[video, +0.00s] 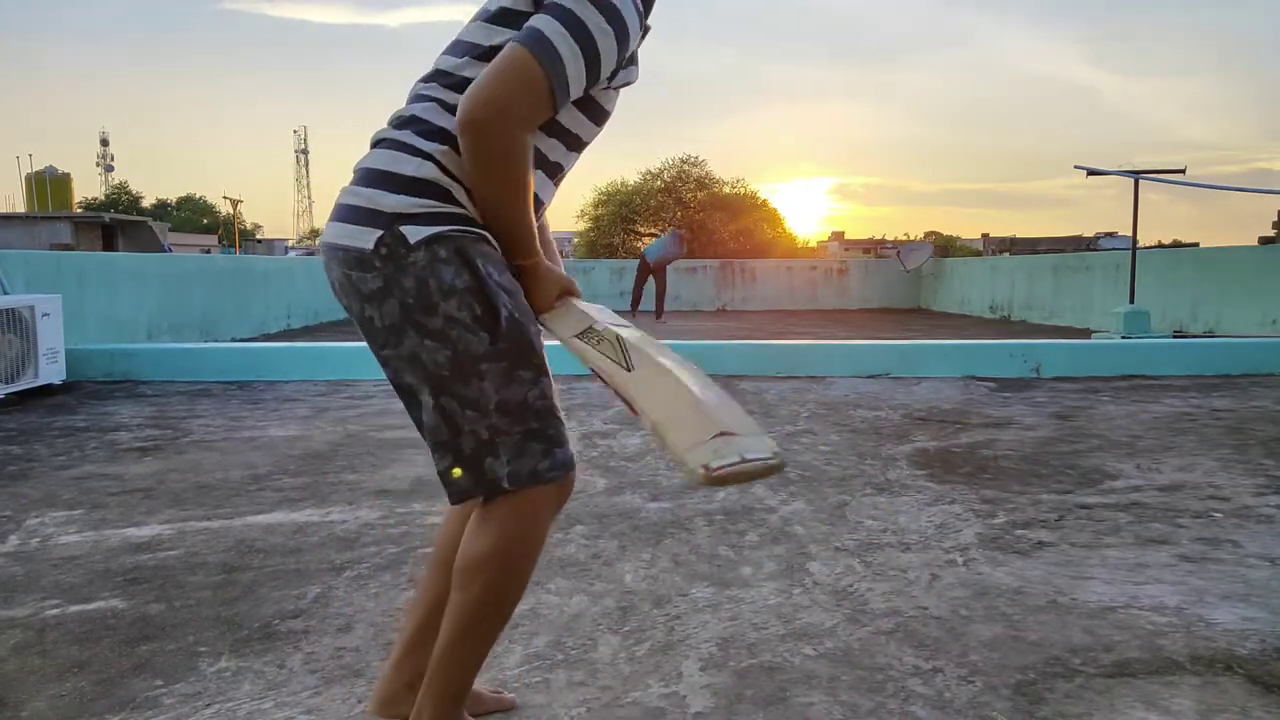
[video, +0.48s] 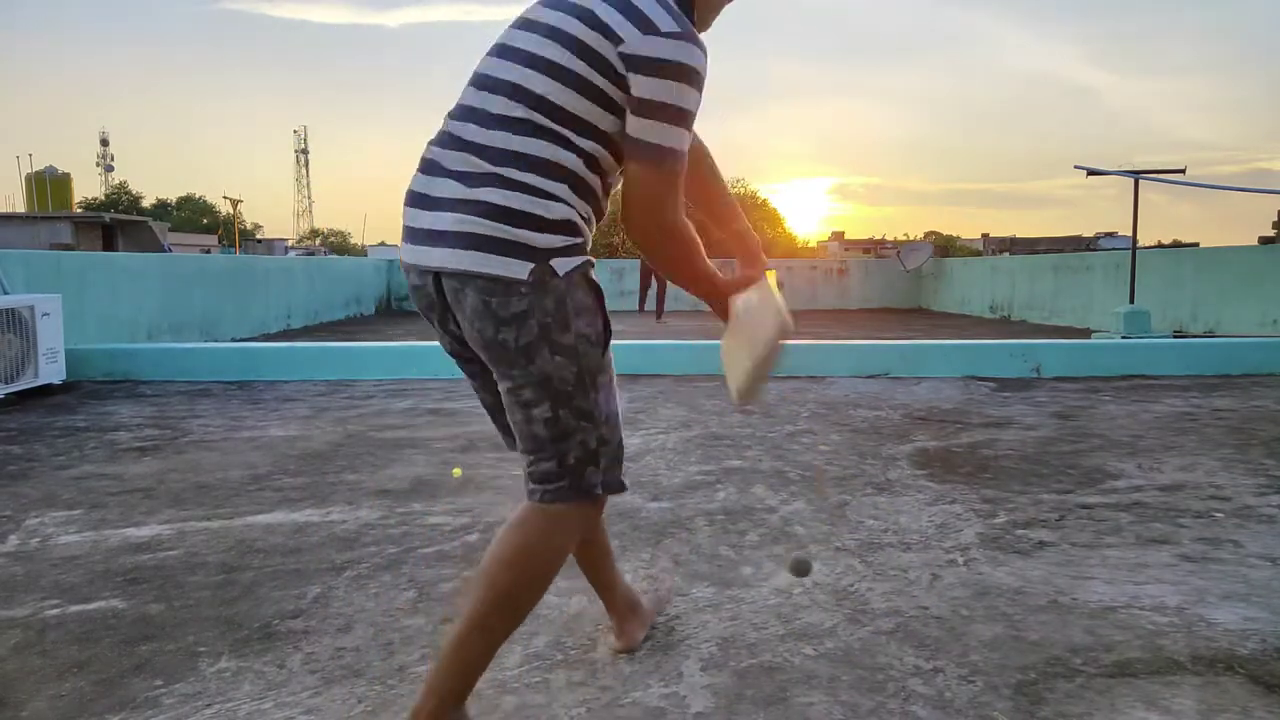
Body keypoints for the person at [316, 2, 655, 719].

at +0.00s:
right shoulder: (611, 8)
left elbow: (504, 147)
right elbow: (491, 117)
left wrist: (540, 262)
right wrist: (529, 263)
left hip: (380, 232)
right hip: (422, 234)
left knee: (486, 484)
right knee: (536, 475)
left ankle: (400, 693)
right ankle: (438, 702)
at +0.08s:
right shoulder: (620, 3)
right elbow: (508, 89)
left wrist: (551, 245)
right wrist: (558, 239)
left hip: (392, 225)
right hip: (428, 228)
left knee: (516, 455)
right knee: (536, 472)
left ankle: (427, 649)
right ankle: (440, 704)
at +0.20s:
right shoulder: (632, 2)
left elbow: (512, 136)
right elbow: (536, 9)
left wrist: (589, 231)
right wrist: (621, 169)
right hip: (438, 219)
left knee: (553, 405)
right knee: (529, 474)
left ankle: (518, 643)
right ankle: (437, 706)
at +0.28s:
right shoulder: (641, 5)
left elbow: (584, 187)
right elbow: (561, 1)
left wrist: (657, 225)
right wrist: (656, 131)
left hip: (389, 225)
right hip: (461, 227)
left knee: (535, 444)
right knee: (531, 480)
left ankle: (596, 619)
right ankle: (436, 706)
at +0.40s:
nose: (699, 10)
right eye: (692, 12)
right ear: (678, 0)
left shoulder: (575, 21)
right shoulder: (656, 2)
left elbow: (634, 127)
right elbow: (587, 104)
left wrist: (711, 220)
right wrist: (706, 228)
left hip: (412, 247)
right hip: (497, 250)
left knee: (545, 456)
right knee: (560, 494)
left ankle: (622, 612)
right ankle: (434, 708)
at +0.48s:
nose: (718, 15)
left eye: (721, 8)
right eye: (723, 6)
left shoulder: (573, 8)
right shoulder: (670, 40)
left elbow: (681, 149)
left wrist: (746, 250)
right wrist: (719, 293)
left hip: (433, 254)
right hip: (522, 262)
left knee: (554, 454)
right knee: (568, 485)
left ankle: (624, 612)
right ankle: (435, 705)